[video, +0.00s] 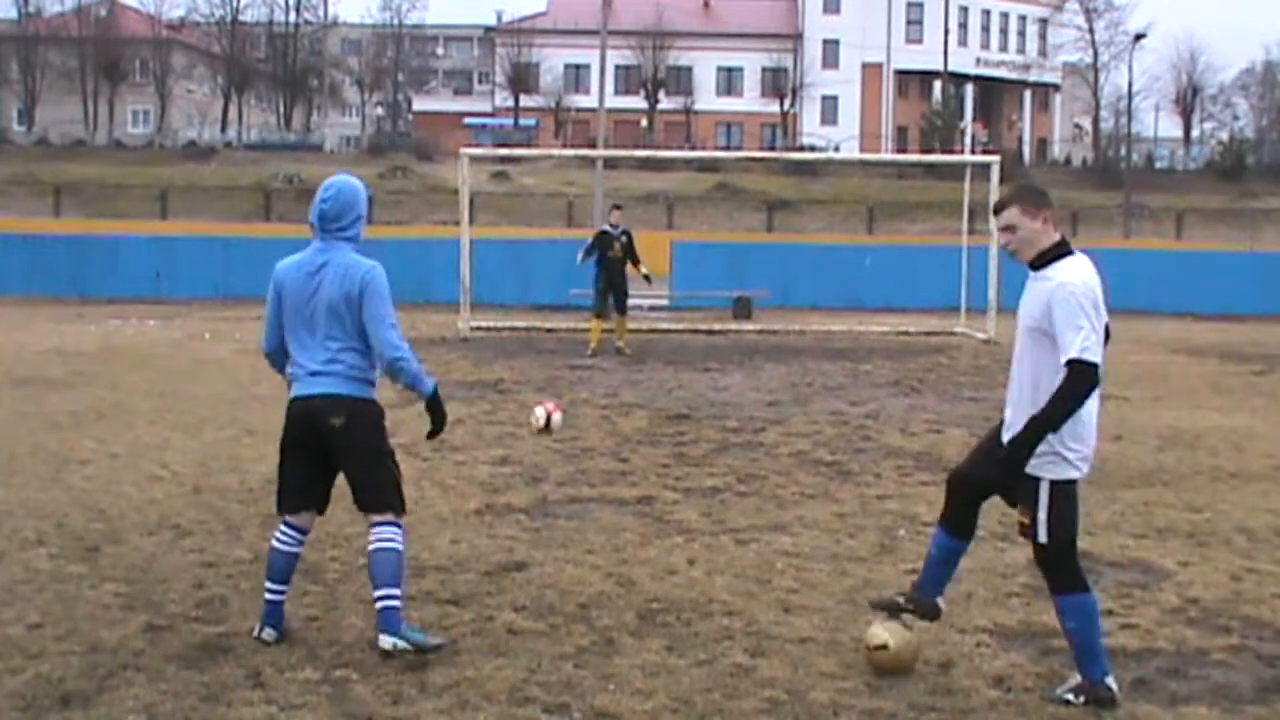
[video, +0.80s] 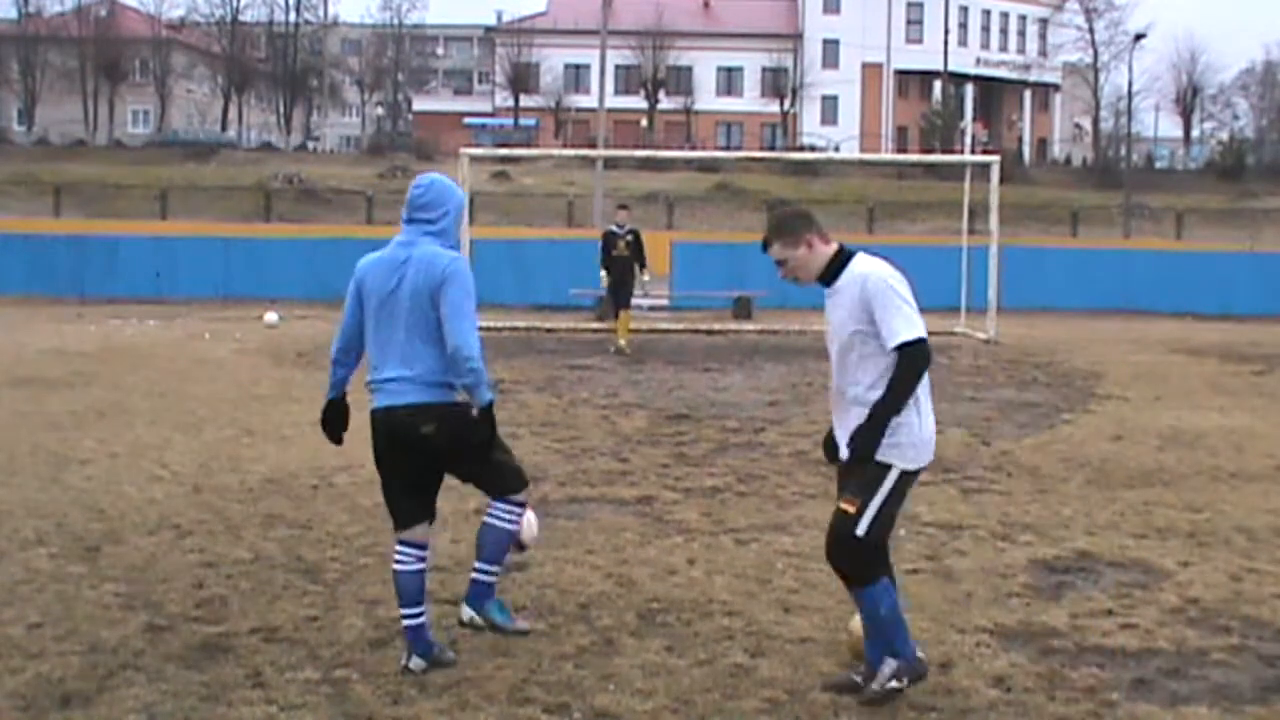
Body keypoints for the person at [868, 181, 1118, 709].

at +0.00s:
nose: (1005, 242)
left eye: (1011, 230)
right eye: (1000, 232)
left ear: (1044, 222)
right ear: (1035, 227)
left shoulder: (1068, 285)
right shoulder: (1049, 273)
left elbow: (1082, 375)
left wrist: (1022, 445)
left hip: (1052, 449)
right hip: (1019, 431)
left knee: (1057, 561)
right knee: (963, 486)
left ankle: (1097, 682)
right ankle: (924, 597)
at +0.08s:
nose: (1004, 237)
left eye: (1012, 225)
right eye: (998, 229)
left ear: (1042, 219)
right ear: (1001, 233)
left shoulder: (1066, 283)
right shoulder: (1031, 276)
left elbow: (1087, 372)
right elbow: (1031, 375)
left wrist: (1019, 439)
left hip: (1044, 450)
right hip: (1006, 433)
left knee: (1053, 560)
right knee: (952, 489)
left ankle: (1096, 681)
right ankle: (915, 598)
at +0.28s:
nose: (961, 242)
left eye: (967, 230)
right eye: (956, 234)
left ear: (1000, 220)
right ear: (965, 233)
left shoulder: (1039, 281)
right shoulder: (994, 280)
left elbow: (1067, 364)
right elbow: (1003, 366)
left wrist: (1010, 426)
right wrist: (975, 425)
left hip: (1019, 450)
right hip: (975, 431)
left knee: (1036, 559)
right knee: (910, 489)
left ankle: (1092, 677)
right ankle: (907, 597)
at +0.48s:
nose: (887, 263)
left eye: (891, 251)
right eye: (883, 254)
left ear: (925, 239)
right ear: (915, 245)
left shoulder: (965, 288)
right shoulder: (937, 291)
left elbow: (996, 373)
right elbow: (959, 373)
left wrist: (946, 442)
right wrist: (936, 436)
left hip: (977, 458)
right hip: (938, 453)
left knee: (1012, 560)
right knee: (905, 541)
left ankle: (1085, 671)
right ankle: (884, 667)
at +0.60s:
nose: (838, 273)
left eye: (841, 261)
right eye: (833, 264)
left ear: (873, 245)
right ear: (868, 251)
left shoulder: (915, 288)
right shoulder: (894, 294)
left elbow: (943, 371)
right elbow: (928, 375)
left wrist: (904, 446)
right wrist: (905, 444)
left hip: (948, 456)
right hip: (910, 451)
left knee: (951, 569)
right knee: (889, 547)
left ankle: (1050, 653)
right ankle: (882, 670)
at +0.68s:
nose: (813, 276)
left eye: (815, 263)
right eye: (808, 267)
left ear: (845, 246)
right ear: (842, 252)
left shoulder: (896, 284)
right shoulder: (872, 293)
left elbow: (929, 365)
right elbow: (901, 372)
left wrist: (886, 437)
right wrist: (882, 441)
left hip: (930, 453)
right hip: (894, 450)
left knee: (903, 559)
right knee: (874, 555)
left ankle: (1005, 640)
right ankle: (881, 671)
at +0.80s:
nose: (784, 274)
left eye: (786, 261)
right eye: (778, 265)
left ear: (814, 241)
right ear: (808, 249)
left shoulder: (874, 278)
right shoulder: (839, 291)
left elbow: (915, 355)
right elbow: (861, 372)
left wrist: (872, 429)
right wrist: (839, 429)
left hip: (897, 444)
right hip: (865, 444)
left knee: (847, 546)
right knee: (865, 548)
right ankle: (881, 658)